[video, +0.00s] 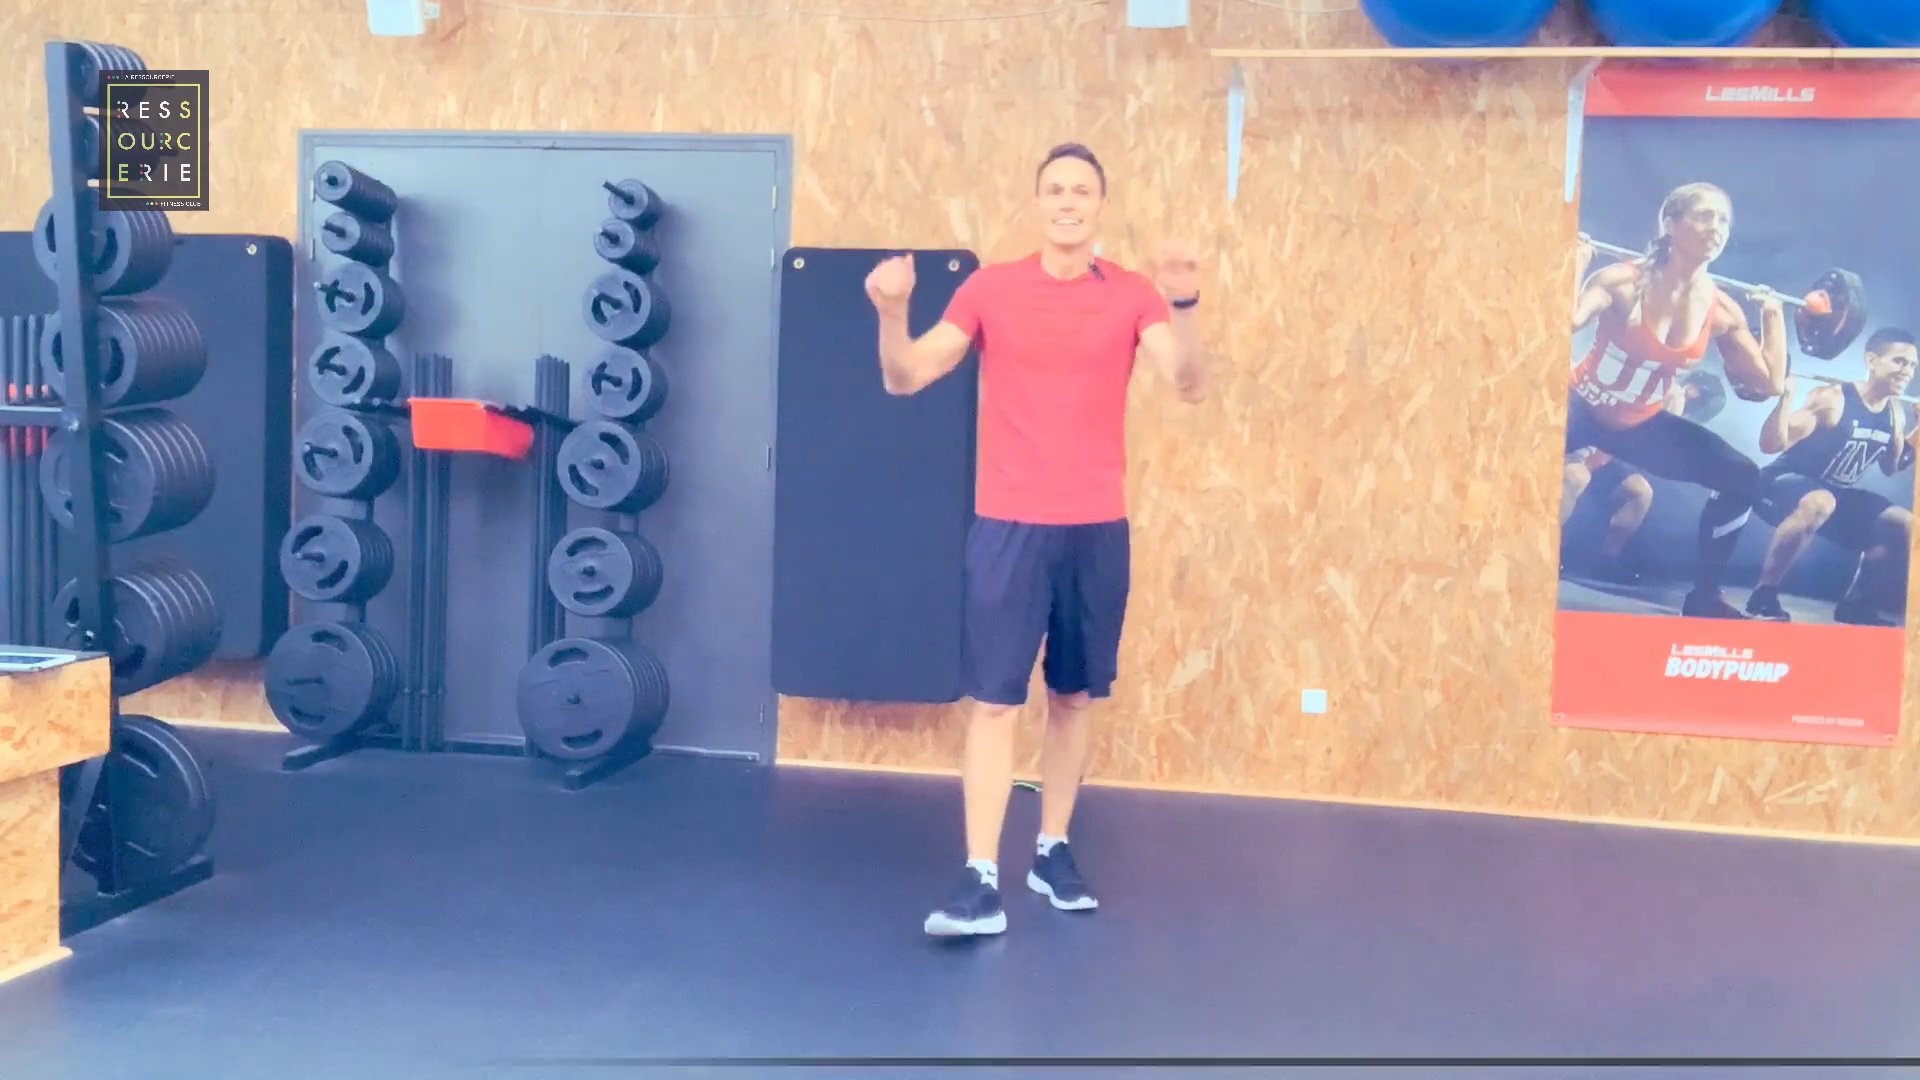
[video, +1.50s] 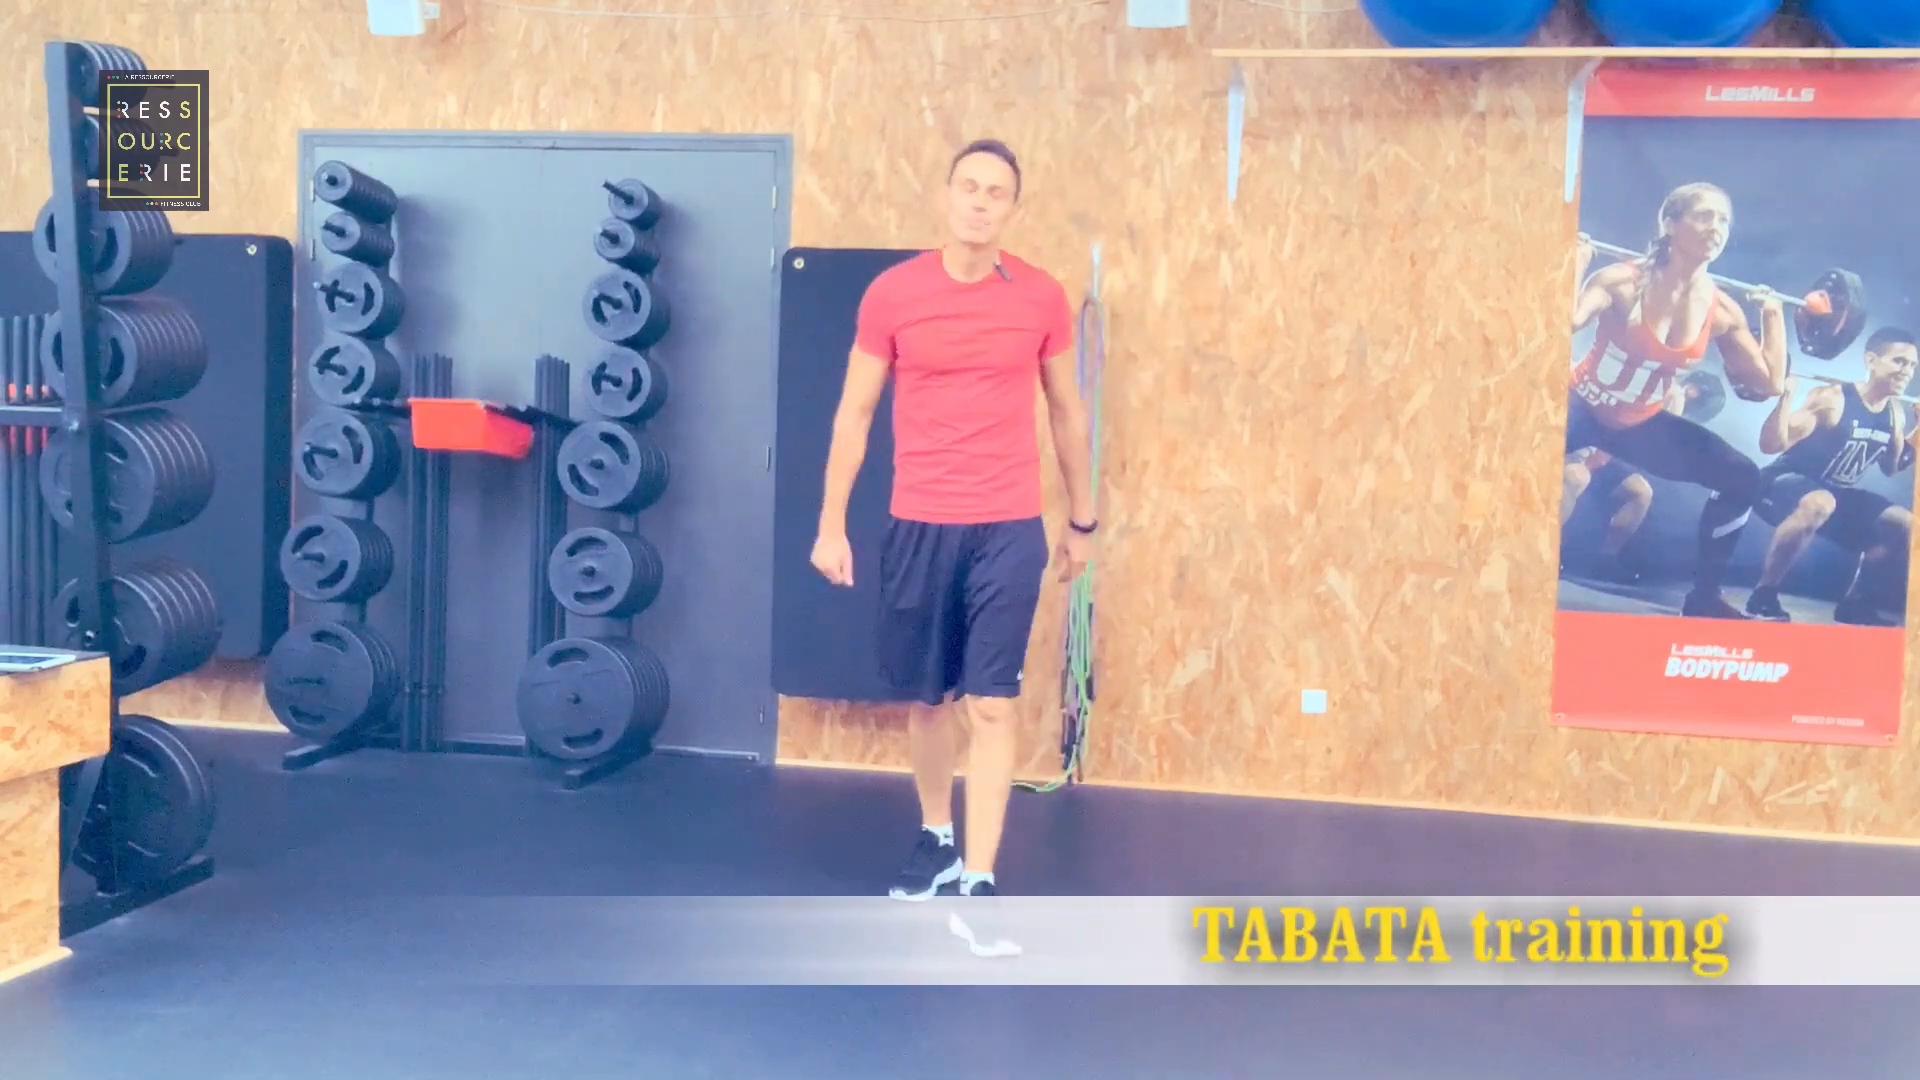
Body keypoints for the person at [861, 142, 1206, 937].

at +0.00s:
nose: (1068, 203)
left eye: (1081, 192)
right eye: (1056, 191)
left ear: (1103, 208)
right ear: (1035, 205)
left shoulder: (1133, 292)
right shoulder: (990, 287)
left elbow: (1189, 384)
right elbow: (906, 377)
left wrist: (1185, 305)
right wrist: (891, 312)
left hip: (1096, 524)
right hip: (1007, 523)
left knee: (1071, 696)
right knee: (995, 698)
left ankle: (1052, 851)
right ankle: (981, 881)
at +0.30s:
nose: (1075, 206)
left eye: (1087, 195)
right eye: (1062, 194)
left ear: (1106, 208)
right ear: (1041, 206)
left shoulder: (1130, 293)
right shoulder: (996, 281)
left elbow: (1191, 381)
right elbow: (911, 367)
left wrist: (1197, 306)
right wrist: (918, 292)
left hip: (1087, 515)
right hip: (1004, 510)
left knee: (1070, 686)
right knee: (982, 682)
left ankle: (1054, 851)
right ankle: (961, 847)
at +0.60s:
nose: (1037, 205)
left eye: (1050, 194)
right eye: (1025, 194)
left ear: (1070, 208)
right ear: (1003, 208)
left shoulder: (1095, 292)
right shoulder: (960, 287)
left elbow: (1156, 381)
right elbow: (879, 377)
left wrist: (1152, 305)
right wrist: (898, 312)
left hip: (1063, 514)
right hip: (977, 513)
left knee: (1058, 689)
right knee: (962, 685)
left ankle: (1050, 853)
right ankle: (940, 845)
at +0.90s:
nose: (983, 205)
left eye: (998, 194)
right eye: (972, 192)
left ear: (1019, 208)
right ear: (953, 204)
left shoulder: (1051, 296)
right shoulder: (916, 291)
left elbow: (1093, 401)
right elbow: (860, 396)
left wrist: (1055, 417)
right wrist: (871, 460)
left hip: (1017, 515)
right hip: (929, 513)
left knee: (1032, 694)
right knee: (935, 687)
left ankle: (1047, 844)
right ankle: (937, 846)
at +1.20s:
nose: (957, 201)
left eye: (971, 190)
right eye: (945, 187)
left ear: (993, 207)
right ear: (923, 199)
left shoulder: (1026, 292)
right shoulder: (882, 294)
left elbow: (1059, 408)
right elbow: (862, 411)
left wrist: (1084, 503)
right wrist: (853, 509)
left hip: (1005, 515)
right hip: (914, 518)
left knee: (1007, 687)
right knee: (929, 690)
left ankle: (1011, 867)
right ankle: (936, 844)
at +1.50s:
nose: (979, 202)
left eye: (995, 193)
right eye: (969, 187)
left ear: (1013, 211)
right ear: (943, 196)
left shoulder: (1043, 300)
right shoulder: (892, 293)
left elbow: (1065, 408)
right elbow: (853, 413)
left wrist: (1081, 515)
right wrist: (830, 525)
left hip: (1010, 530)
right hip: (918, 529)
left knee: (990, 704)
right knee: (927, 701)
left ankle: (978, 883)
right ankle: (937, 840)